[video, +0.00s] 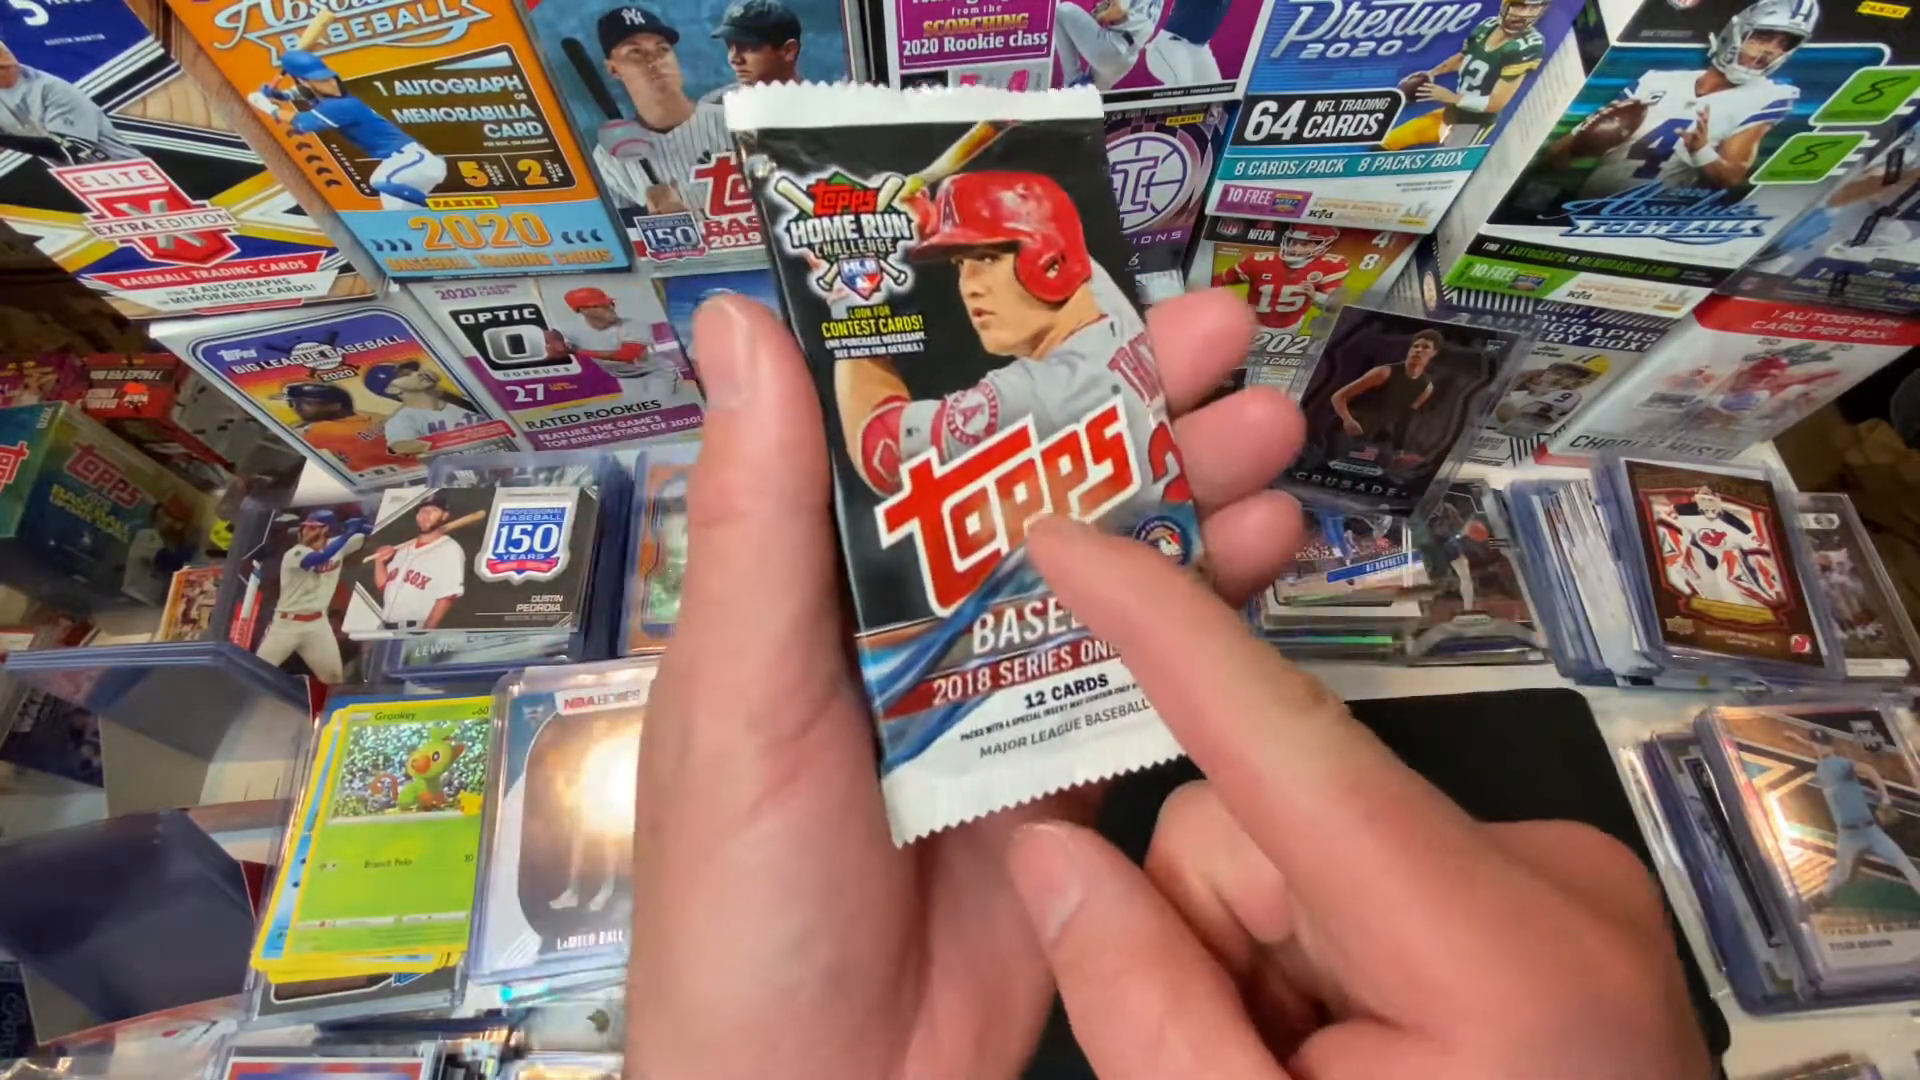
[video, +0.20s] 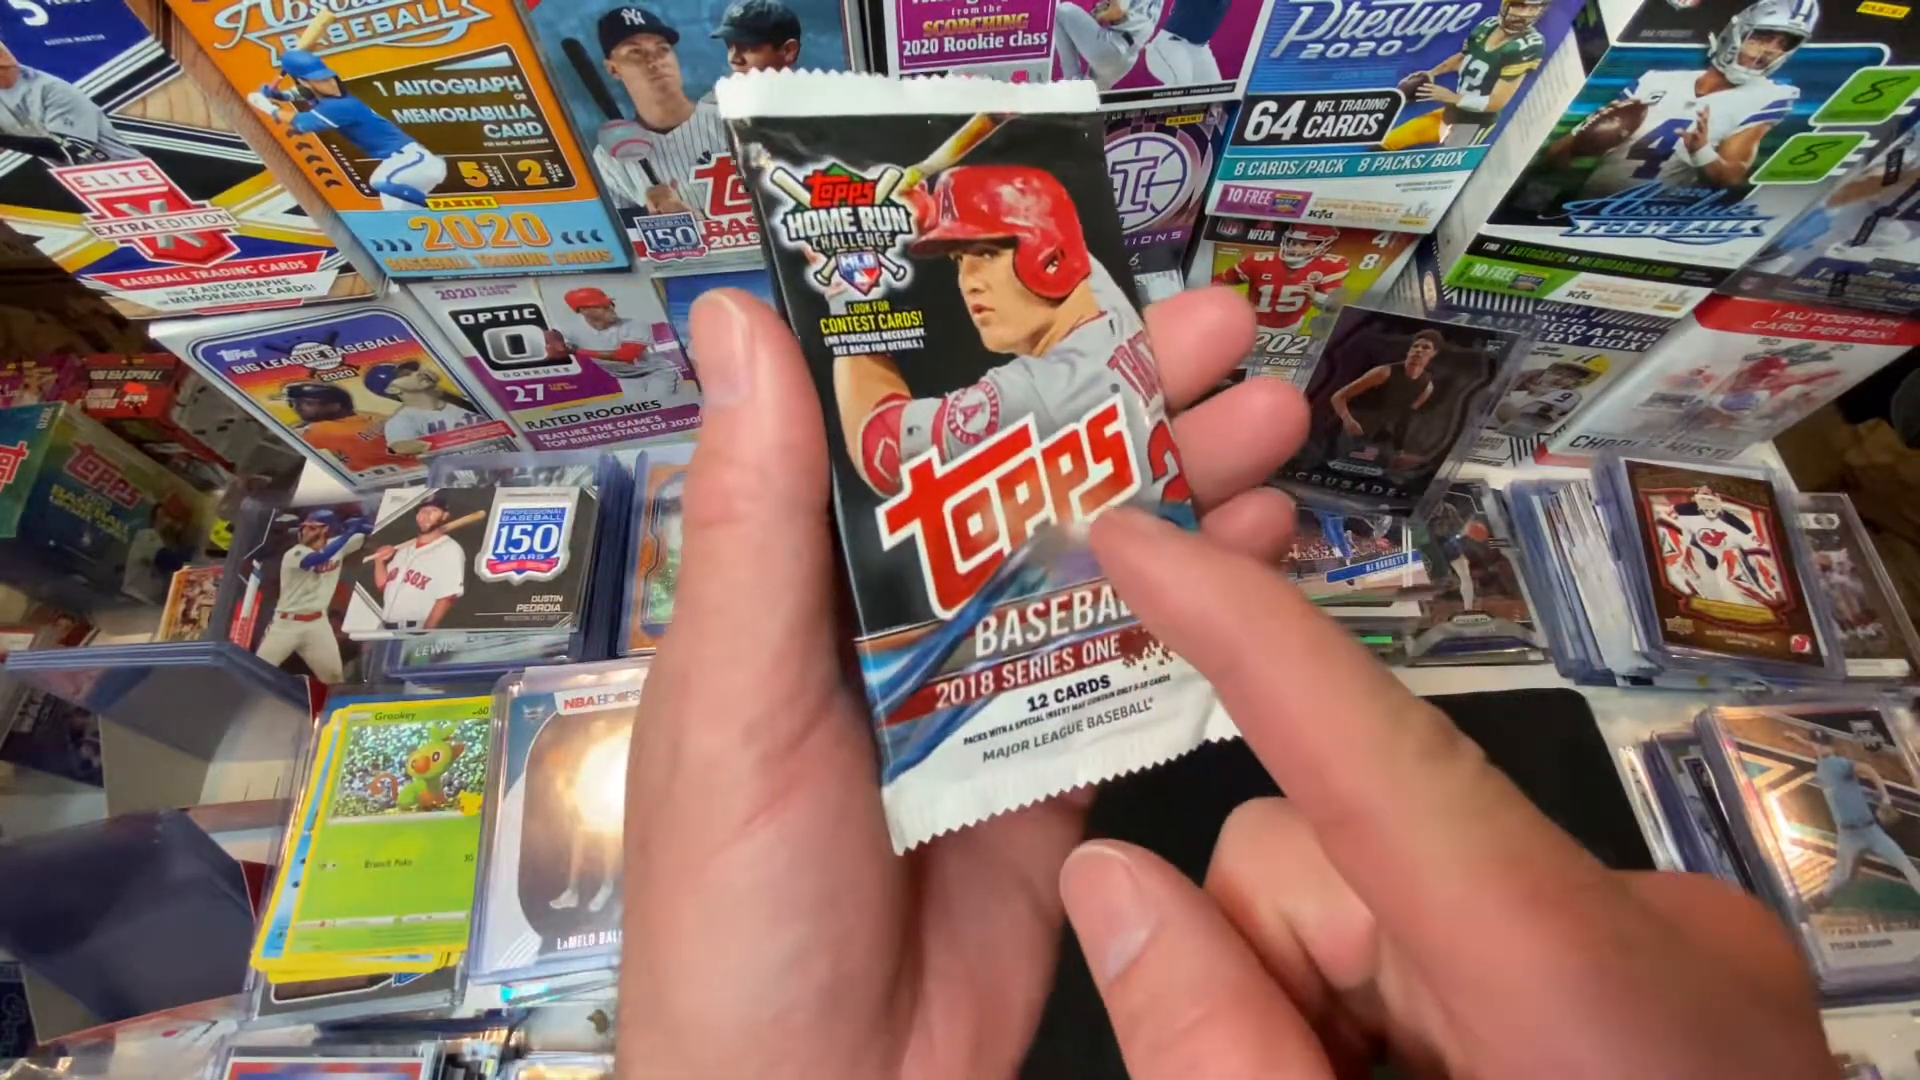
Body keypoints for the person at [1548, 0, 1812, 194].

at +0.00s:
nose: (1770, 51)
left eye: (1783, 45)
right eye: (1763, 37)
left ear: (1788, 56)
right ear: (1737, 33)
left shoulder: (1762, 100)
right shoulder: (1658, 82)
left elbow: (1735, 178)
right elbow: (1557, 156)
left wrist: (1702, 153)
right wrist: (1582, 138)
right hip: (1593, 206)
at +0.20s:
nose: (1770, 52)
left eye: (1783, 45)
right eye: (1763, 37)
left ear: (1789, 56)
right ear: (1736, 34)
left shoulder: (1760, 101)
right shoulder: (1658, 83)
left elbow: (1735, 177)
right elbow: (1555, 156)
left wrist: (1702, 153)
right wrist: (1584, 138)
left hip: (1659, 222)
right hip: (1593, 203)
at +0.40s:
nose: (1769, 51)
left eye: (1783, 45)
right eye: (1763, 37)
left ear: (1789, 56)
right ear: (1737, 33)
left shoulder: (1761, 101)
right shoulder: (1659, 83)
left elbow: (1735, 176)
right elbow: (1555, 157)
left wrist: (1702, 153)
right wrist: (1582, 139)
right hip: (1594, 204)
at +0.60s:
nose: (1770, 51)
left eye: (1783, 45)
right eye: (1763, 37)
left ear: (1789, 56)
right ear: (1737, 33)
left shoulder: (1761, 101)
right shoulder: (1658, 83)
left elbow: (1735, 175)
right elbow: (1558, 155)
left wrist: (1703, 154)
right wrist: (1585, 138)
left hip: (1662, 222)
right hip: (1595, 204)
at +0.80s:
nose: (1770, 51)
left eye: (1783, 45)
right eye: (1764, 37)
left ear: (1789, 56)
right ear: (1738, 33)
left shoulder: (1762, 100)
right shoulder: (1658, 82)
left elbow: (1734, 177)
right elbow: (1555, 156)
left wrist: (1702, 154)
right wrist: (1582, 138)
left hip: (1659, 226)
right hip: (1592, 206)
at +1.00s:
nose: (1770, 51)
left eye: (1783, 45)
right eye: (1763, 37)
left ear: (1788, 56)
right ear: (1737, 33)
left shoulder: (1763, 100)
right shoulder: (1657, 83)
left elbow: (1735, 178)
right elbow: (1554, 156)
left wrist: (1702, 154)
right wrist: (1582, 138)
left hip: (1660, 226)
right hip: (1592, 207)